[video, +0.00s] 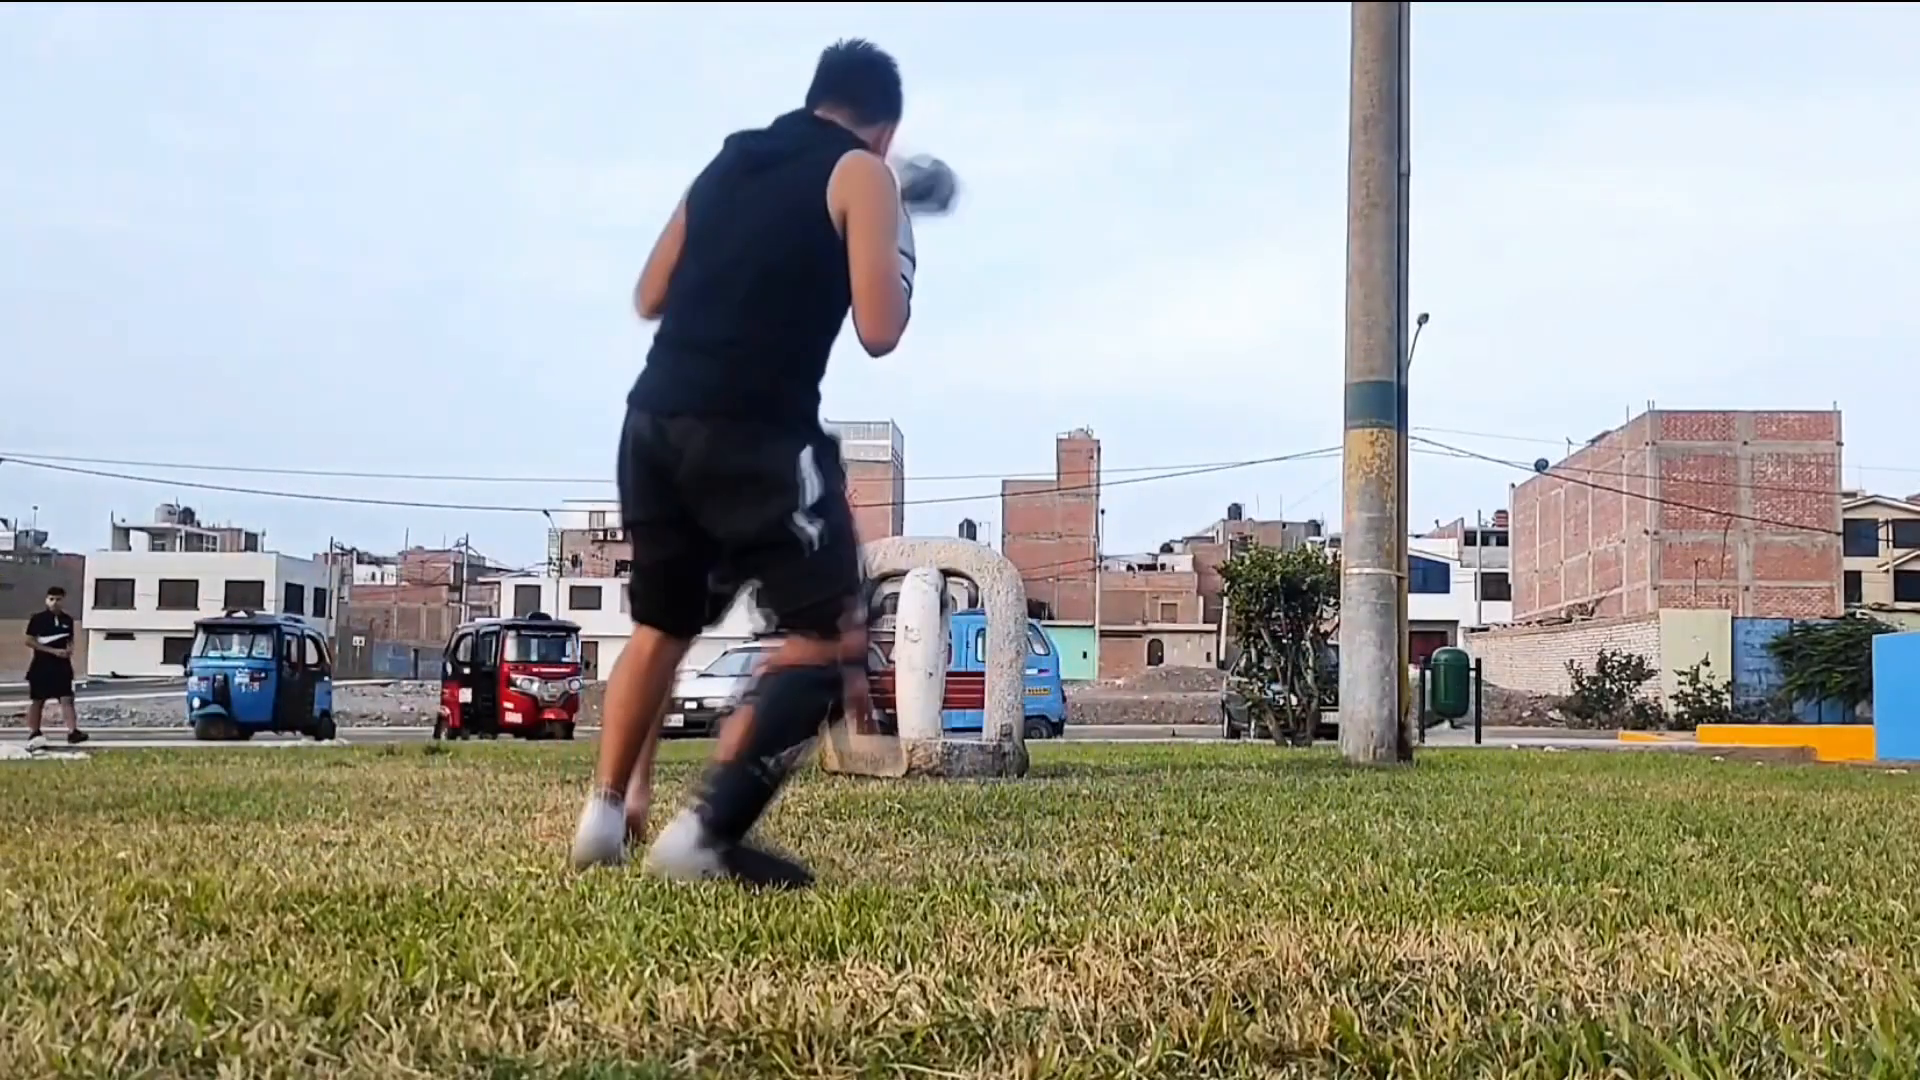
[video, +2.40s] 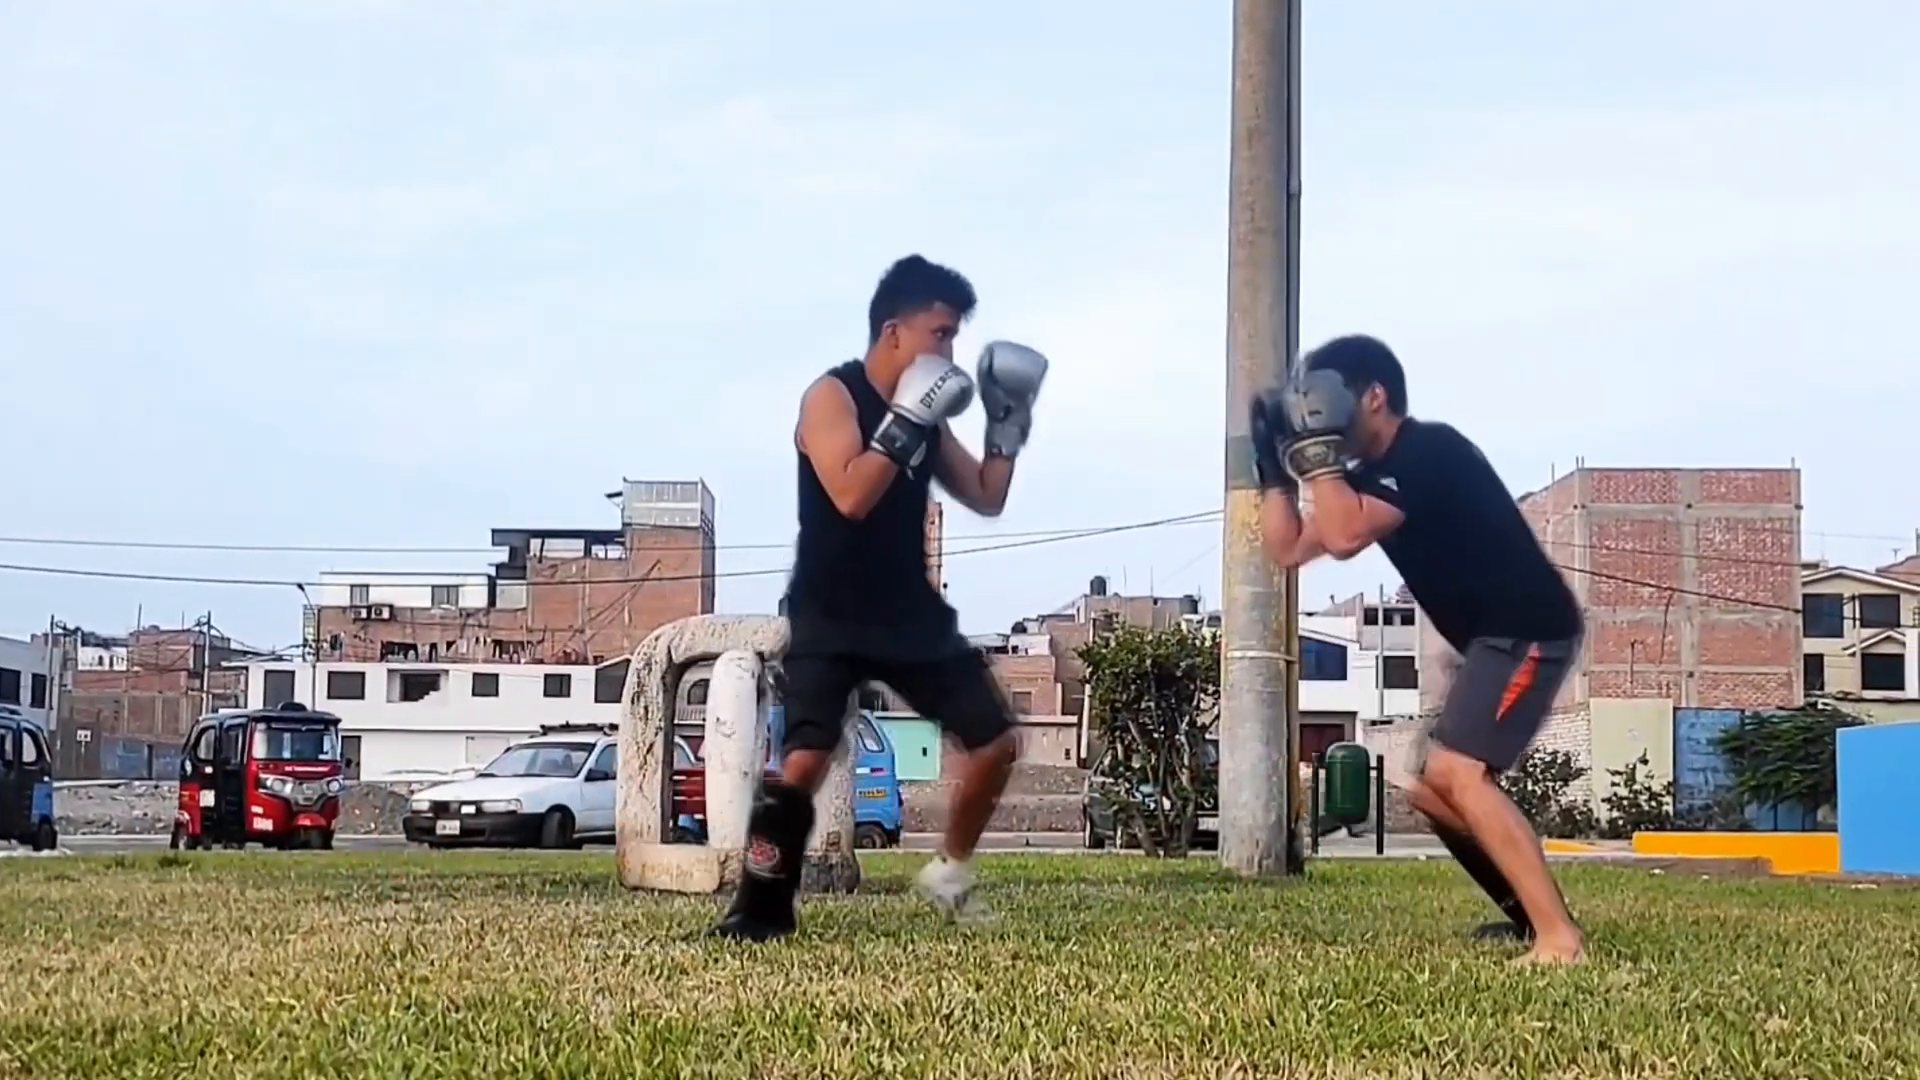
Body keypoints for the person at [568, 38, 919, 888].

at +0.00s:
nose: (886, 143)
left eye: (883, 134)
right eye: (888, 134)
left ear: (813, 100)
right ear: (881, 123)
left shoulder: (730, 161)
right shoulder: (862, 174)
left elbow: (653, 296)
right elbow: (880, 331)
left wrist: (756, 262)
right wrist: (895, 236)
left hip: (656, 420)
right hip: (759, 430)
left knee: (661, 618)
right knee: (821, 640)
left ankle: (606, 814)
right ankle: (707, 835)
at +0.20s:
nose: (836, 181)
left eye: (835, 172)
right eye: (837, 171)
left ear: (757, 151)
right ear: (825, 162)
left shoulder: (683, 222)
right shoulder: (826, 213)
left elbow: (635, 363)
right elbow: (868, 355)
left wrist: (726, 358)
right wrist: (891, 342)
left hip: (649, 451)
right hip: (743, 457)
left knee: (675, 616)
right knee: (781, 659)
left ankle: (613, 795)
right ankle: (694, 851)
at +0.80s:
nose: (797, 238)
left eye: (801, 230)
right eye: (799, 225)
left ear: (730, 198)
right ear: (785, 206)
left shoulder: (677, 254)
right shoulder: (760, 237)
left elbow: (694, 349)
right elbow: (797, 345)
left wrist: (777, 294)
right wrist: (821, 311)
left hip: (656, 472)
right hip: (737, 469)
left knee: (666, 644)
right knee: (836, 619)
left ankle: (629, 818)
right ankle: (775, 785)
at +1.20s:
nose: (896, 277)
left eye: (900, 266)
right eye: (899, 263)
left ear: (837, 241)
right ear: (879, 249)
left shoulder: (786, 293)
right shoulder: (850, 286)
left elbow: (814, 388)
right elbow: (887, 392)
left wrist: (878, 334)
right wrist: (917, 347)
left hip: (769, 491)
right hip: (828, 493)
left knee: (795, 641)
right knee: (856, 647)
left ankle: (729, 734)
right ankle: (822, 805)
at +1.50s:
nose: (908, 331)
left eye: (911, 318)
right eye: (907, 316)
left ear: (871, 303)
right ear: (878, 303)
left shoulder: (848, 353)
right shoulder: (828, 346)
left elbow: (907, 432)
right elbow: (857, 444)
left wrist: (904, 395)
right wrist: (894, 396)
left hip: (840, 545)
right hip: (811, 547)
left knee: (878, 686)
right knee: (861, 691)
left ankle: (790, 829)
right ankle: (772, 833)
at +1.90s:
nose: (881, 353)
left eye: (884, 339)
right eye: (876, 336)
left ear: (835, 332)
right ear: (833, 327)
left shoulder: (829, 401)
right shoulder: (780, 382)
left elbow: (870, 496)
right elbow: (810, 482)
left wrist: (892, 432)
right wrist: (863, 422)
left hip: (816, 596)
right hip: (764, 595)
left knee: (897, 710)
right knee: (757, 741)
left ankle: (833, 828)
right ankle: (668, 874)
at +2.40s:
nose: (949, 351)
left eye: (953, 336)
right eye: (940, 334)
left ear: (933, 336)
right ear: (894, 328)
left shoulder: (921, 414)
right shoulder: (830, 396)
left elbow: (986, 496)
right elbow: (850, 496)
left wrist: (1007, 419)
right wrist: (908, 418)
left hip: (911, 614)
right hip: (830, 613)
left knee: (995, 742)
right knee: (807, 753)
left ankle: (948, 877)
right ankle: (760, 912)